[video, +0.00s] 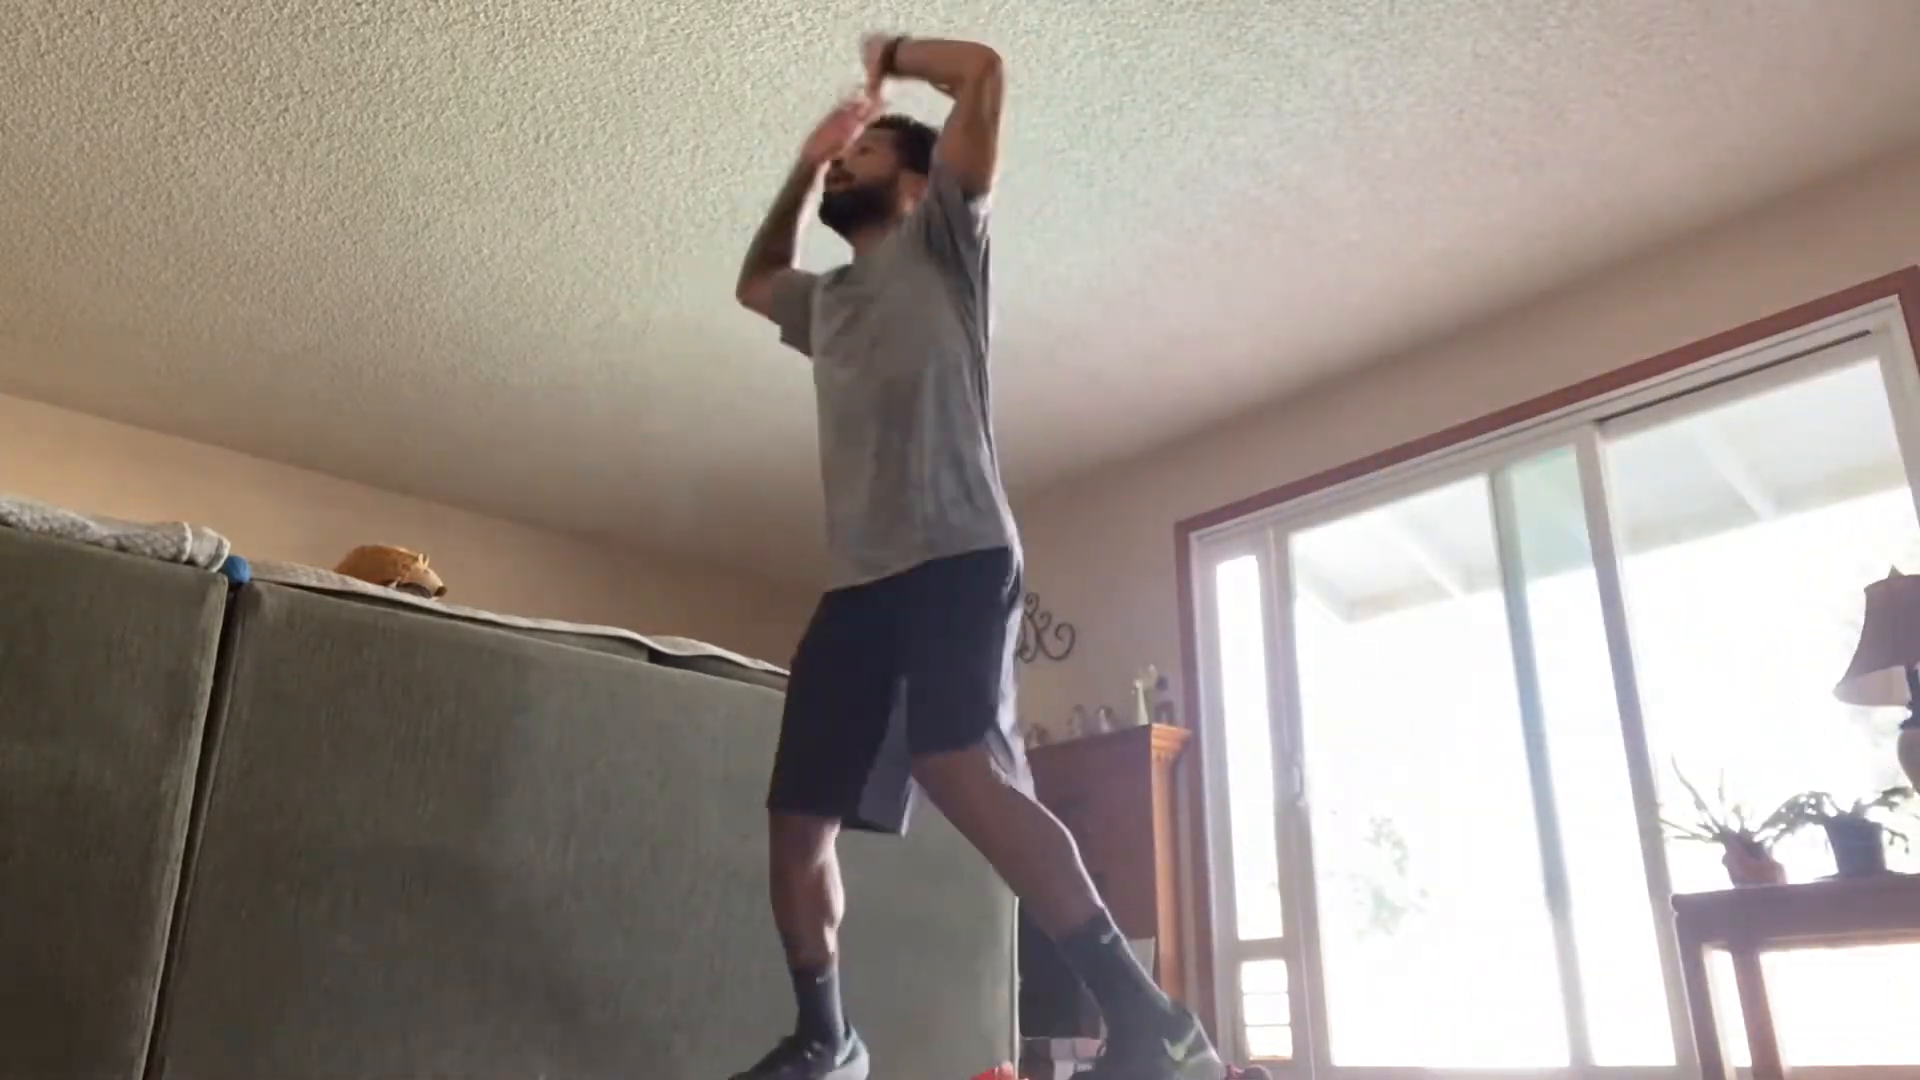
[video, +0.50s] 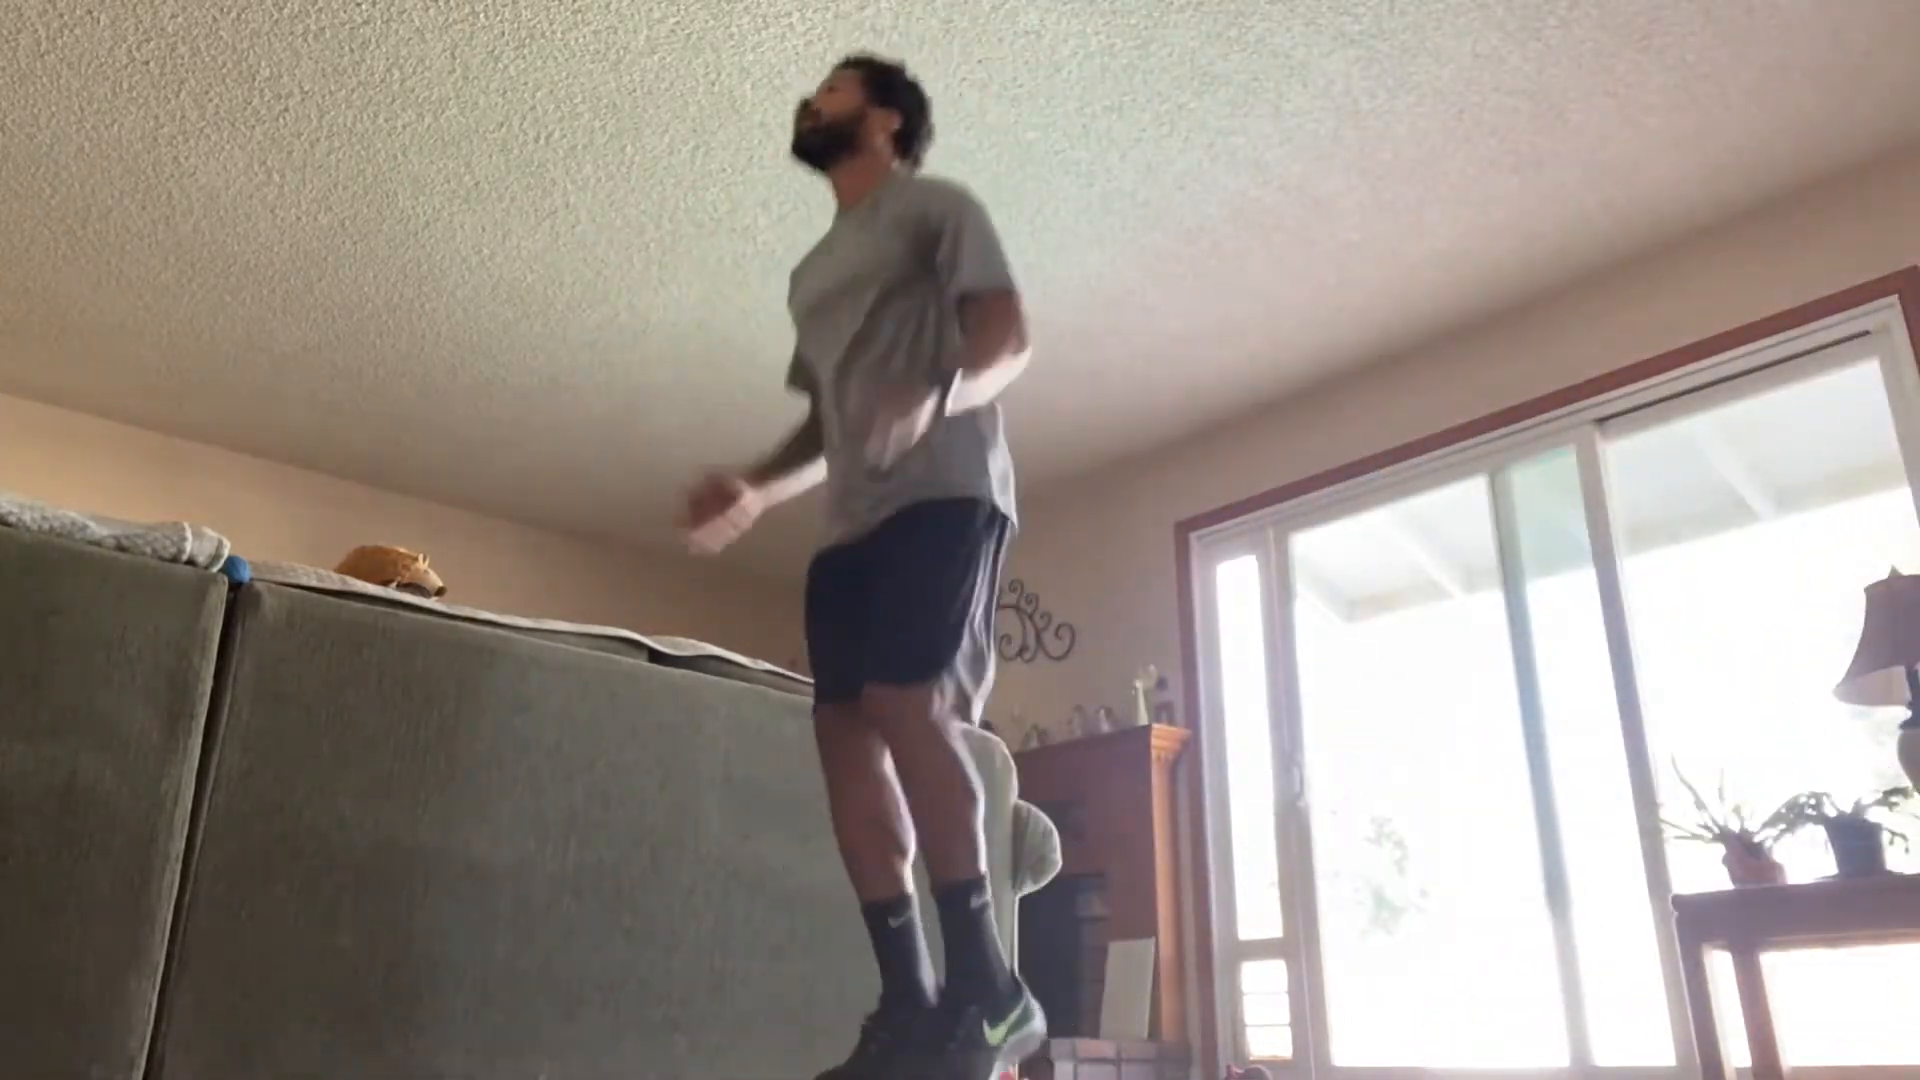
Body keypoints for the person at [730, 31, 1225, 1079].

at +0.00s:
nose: (839, 155)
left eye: (864, 143)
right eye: (834, 149)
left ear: (915, 171)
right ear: (841, 186)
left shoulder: (943, 239)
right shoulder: (827, 300)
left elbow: (983, 69)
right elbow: (758, 279)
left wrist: (891, 52)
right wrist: (806, 171)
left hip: (961, 554)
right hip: (860, 579)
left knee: (956, 762)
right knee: (798, 818)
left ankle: (1143, 1017)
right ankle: (824, 1040)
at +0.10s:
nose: (846, 106)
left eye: (870, 97)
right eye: (850, 100)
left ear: (923, 127)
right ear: (867, 140)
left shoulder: (950, 187)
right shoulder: (831, 259)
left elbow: (1028, 82)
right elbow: (733, 306)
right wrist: (667, 201)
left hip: (958, 495)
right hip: (854, 521)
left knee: (983, 703)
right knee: (812, 752)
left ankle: (1118, 962)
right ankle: (824, 991)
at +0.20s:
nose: (830, 62)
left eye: (857, 51)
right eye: (831, 56)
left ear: (908, 78)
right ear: (843, 102)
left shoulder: (941, 148)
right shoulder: (825, 223)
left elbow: (1038, 190)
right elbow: (773, 362)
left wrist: (991, 103)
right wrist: (642, 326)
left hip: (955, 437)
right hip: (858, 467)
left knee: (946, 650)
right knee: (826, 695)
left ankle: (1062, 921)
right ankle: (872, 951)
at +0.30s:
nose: (803, 70)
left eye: (829, 59)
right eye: (807, 62)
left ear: (883, 93)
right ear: (821, 111)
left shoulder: (942, 178)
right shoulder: (807, 243)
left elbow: (1017, 301)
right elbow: (827, 399)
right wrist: (735, 454)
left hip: (956, 456)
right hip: (859, 482)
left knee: (928, 671)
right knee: (844, 701)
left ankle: (1000, 965)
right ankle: (893, 973)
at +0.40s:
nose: (794, 128)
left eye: (820, 117)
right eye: (797, 119)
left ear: (872, 150)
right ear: (807, 163)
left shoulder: (931, 246)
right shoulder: (802, 306)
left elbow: (985, 401)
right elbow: (842, 442)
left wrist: (873, 500)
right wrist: (819, 520)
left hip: (953, 510)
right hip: (862, 525)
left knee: (898, 732)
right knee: (833, 752)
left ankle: (995, 1019)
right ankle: (920, 1024)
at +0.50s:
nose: (811, 96)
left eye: (835, 84)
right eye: (814, 88)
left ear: (889, 119)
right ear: (835, 130)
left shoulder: (936, 202)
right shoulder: (811, 275)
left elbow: (1006, 332)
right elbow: (829, 418)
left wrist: (933, 394)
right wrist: (756, 486)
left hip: (945, 495)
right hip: (851, 522)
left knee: (903, 703)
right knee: (841, 724)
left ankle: (987, 984)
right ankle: (908, 1002)